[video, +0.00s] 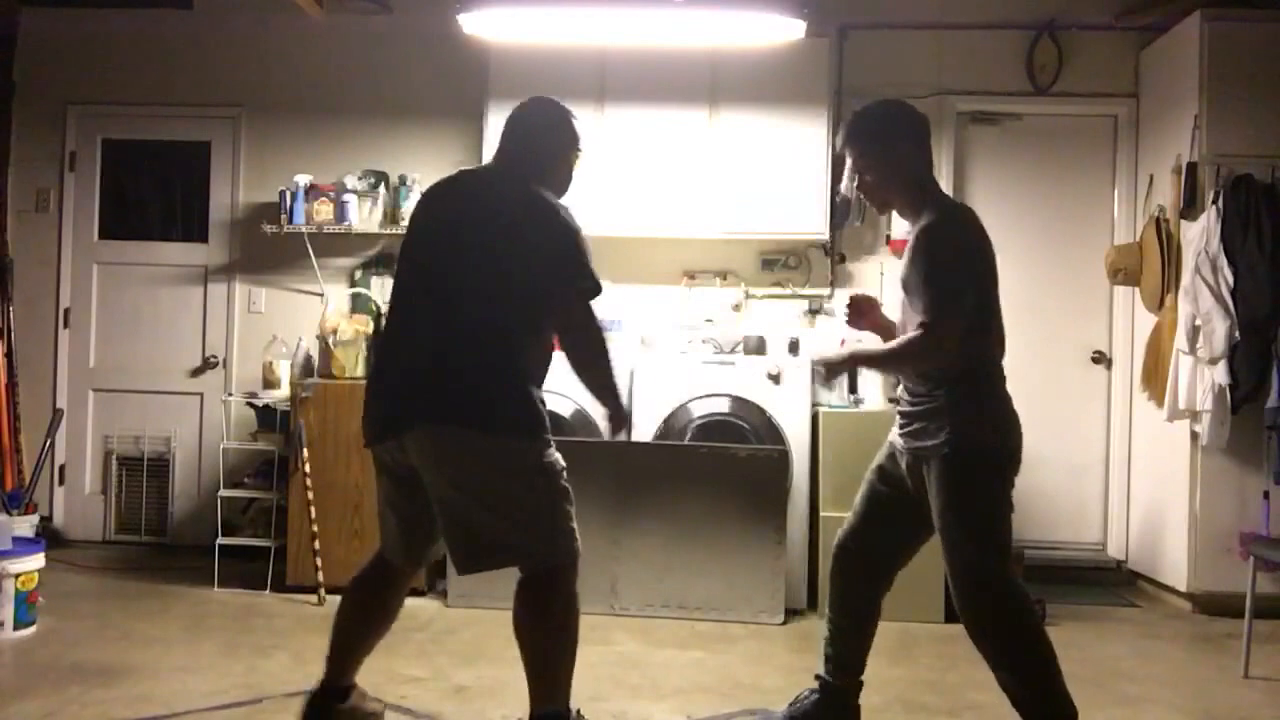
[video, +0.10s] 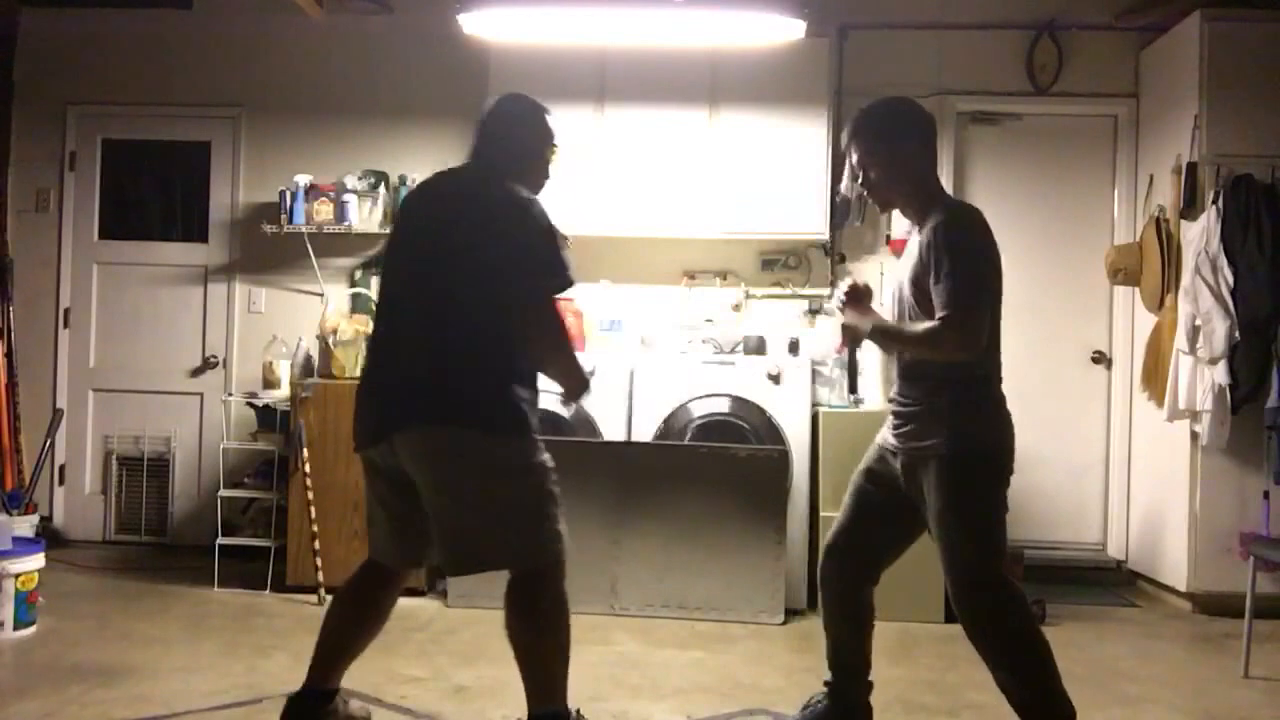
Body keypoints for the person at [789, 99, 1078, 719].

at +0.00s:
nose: (852, 184)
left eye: (858, 166)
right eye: (848, 169)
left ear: (899, 157)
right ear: (901, 162)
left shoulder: (948, 231)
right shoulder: (929, 233)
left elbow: (940, 346)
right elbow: (951, 337)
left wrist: (853, 360)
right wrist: (885, 323)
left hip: (964, 438)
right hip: (916, 435)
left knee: (986, 600)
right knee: (856, 561)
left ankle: (1057, 717)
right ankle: (837, 696)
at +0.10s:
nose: (854, 180)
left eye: (862, 162)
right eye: (851, 167)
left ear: (909, 154)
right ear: (897, 162)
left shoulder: (957, 227)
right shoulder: (919, 238)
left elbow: (965, 338)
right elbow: (927, 332)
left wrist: (871, 325)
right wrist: (871, 319)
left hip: (959, 441)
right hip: (905, 435)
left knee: (983, 600)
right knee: (843, 564)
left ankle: (1056, 717)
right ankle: (846, 699)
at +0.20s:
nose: (857, 173)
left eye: (865, 157)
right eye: (854, 160)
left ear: (913, 150)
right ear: (888, 161)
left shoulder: (967, 228)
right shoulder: (898, 247)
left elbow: (957, 337)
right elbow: (887, 351)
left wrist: (867, 294)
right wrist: (844, 296)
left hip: (963, 440)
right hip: (898, 434)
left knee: (987, 602)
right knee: (841, 570)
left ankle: (1057, 717)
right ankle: (846, 699)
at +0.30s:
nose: (861, 173)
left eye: (867, 156)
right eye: (858, 160)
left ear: (914, 149)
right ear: (898, 158)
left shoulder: (979, 227)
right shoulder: (897, 236)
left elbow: (943, 331)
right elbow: (862, 337)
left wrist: (874, 261)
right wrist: (835, 271)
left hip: (969, 439)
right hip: (900, 433)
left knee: (999, 603)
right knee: (847, 572)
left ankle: (1057, 716)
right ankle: (847, 699)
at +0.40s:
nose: (861, 174)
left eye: (868, 158)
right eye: (857, 161)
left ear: (914, 150)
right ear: (891, 160)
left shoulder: (984, 226)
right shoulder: (893, 233)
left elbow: (952, 329)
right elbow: (860, 336)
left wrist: (884, 256)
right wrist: (837, 264)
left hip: (974, 441)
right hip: (901, 434)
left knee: (1003, 600)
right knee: (850, 568)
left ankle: (1059, 717)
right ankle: (848, 698)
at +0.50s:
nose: (857, 178)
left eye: (864, 161)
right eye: (853, 165)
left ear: (909, 153)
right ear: (891, 162)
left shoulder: (982, 229)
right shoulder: (892, 246)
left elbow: (964, 334)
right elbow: (869, 350)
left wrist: (885, 269)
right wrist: (842, 283)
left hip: (971, 445)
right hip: (899, 438)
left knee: (1001, 601)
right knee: (843, 566)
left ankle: (1058, 716)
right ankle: (847, 699)